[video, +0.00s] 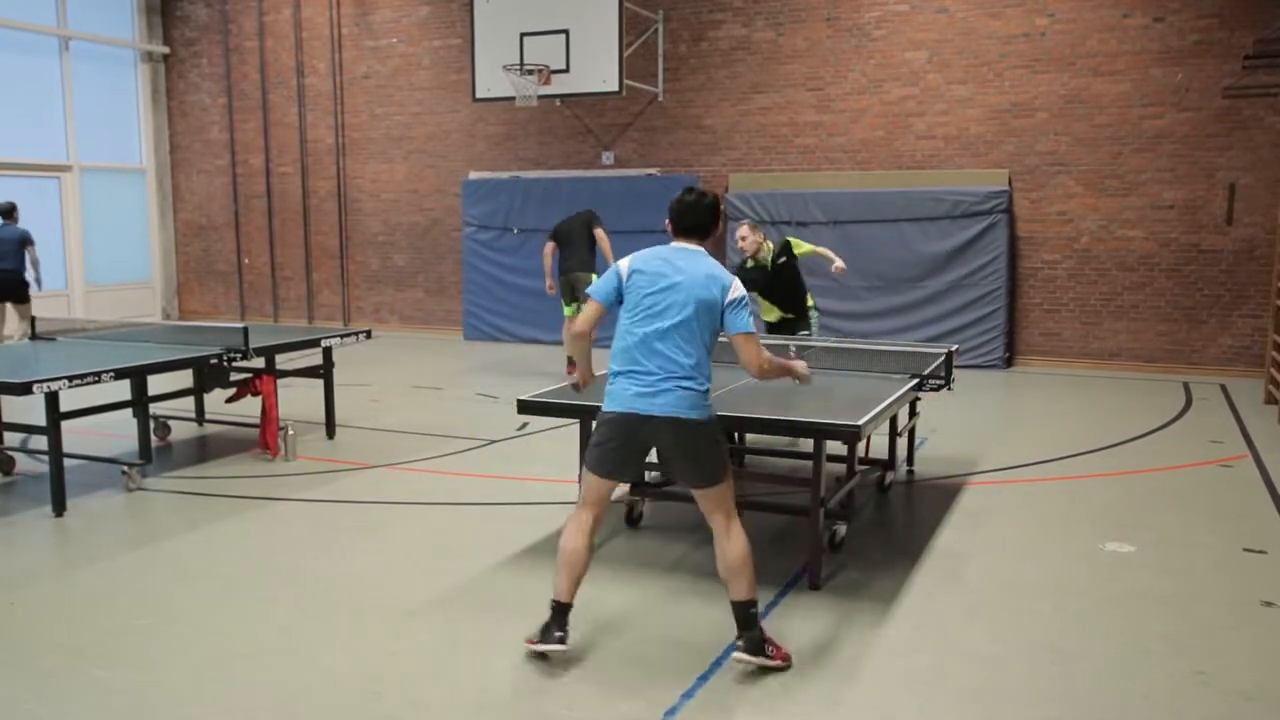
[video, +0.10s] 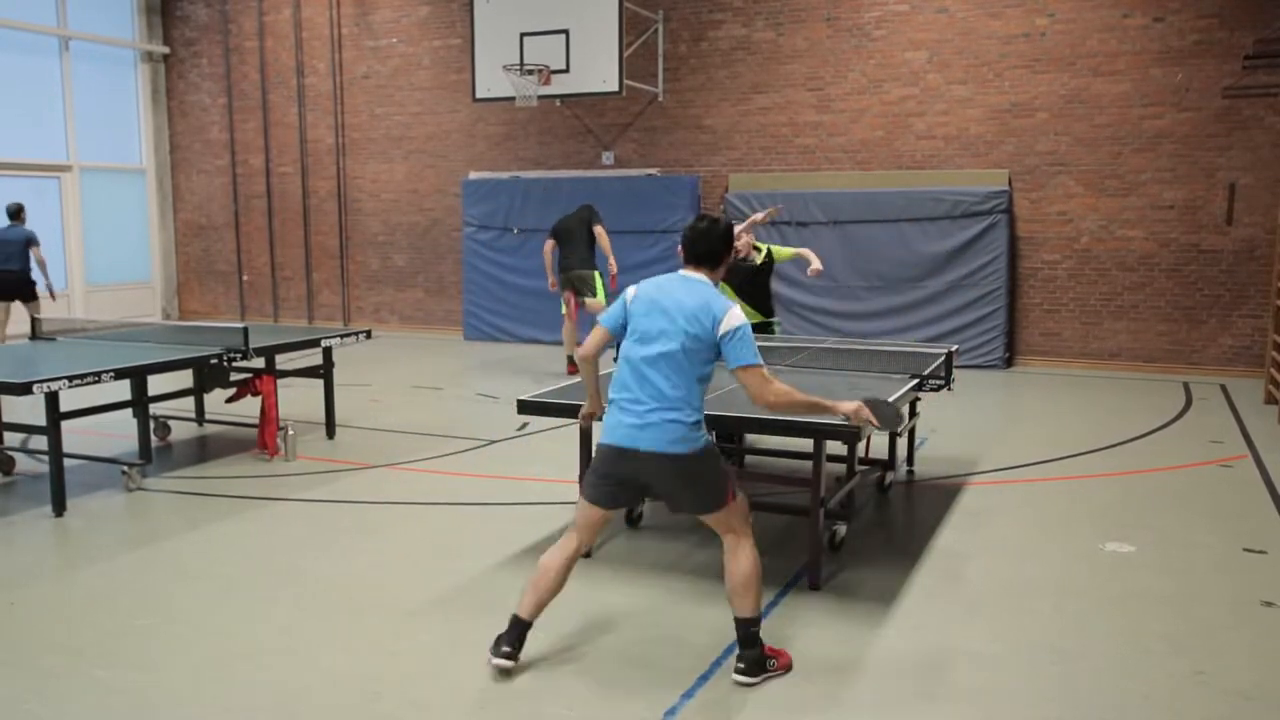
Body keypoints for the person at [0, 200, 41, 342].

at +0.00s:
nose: (18, 215)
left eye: (16, 213)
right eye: (17, 213)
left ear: (3, 216)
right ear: (14, 214)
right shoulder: (22, 234)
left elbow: (33, 257)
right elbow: (33, 257)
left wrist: (36, 274)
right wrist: (37, 275)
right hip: (14, 278)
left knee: (1, 320)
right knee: (25, 318)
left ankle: (2, 344)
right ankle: (18, 344)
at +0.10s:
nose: (25, 216)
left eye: (24, 213)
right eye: (24, 214)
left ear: (9, 216)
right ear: (21, 215)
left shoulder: (2, 232)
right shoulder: (28, 234)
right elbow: (38, 258)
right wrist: (48, 282)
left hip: (3, 279)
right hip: (21, 279)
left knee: (2, 319)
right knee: (35, 312)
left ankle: (2, 345)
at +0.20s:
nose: (34, 219)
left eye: (34, 216)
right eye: (33, 217)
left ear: (18, 220)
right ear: (29, 219)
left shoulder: (6, 238)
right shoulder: (37, 238)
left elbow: (3, 261)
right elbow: (43, 261)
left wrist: (8, 272)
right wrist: (54, 283)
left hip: (10, 281)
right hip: (30, 280)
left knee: (5, 322)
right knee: (42, 319)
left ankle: (3, 353)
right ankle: (43, 355)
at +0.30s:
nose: (45, 219)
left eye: (44, 217)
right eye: (44, 217)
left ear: (29, 220)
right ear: (40, 218)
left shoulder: (18, 237)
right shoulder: (46, 237)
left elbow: (14, 260)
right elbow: (50, 261)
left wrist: (25, 268)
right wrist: (60, 285)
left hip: (22, 277)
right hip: (41, 278)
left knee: (17, 319)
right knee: (50, 318)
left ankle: (5, 343)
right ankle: (51, 350)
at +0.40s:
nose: (54, 216)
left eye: (54, 214)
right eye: (53, 214)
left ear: (39, 216)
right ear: (49, 215)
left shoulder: (27, 234)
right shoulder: (55, 234)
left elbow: (23, 257)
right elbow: (57, 256)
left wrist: (33, 266)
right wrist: (65, 278)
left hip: (33, 273)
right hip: (51, 274)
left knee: (32, 310)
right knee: (54, 312)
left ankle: (24, 336)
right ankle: (52, 340)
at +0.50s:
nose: (63, 214)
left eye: (62, 211)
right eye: (62, 211)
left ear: (48, 213)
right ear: (57, 212)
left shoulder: (37, 231)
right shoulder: (62, 230)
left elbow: (32, 255)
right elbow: (66, 254)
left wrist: (33, 273)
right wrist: (76, 277)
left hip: (42, 270)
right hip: (59, 270)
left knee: (46, 308)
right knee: (56, 310)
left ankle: (43, 338)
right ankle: (51, 339)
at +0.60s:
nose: (73, 216)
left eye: (73, 213)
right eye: (72, 213)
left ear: (59, 215)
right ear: (68, 214)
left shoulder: (48, 233)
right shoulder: (73, 232)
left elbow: (42, 257)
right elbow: (77, 255)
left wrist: (36, 276)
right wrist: (87, 274)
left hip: (52, 271)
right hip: (67, 271)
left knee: (58, 311)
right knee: (61, 312)